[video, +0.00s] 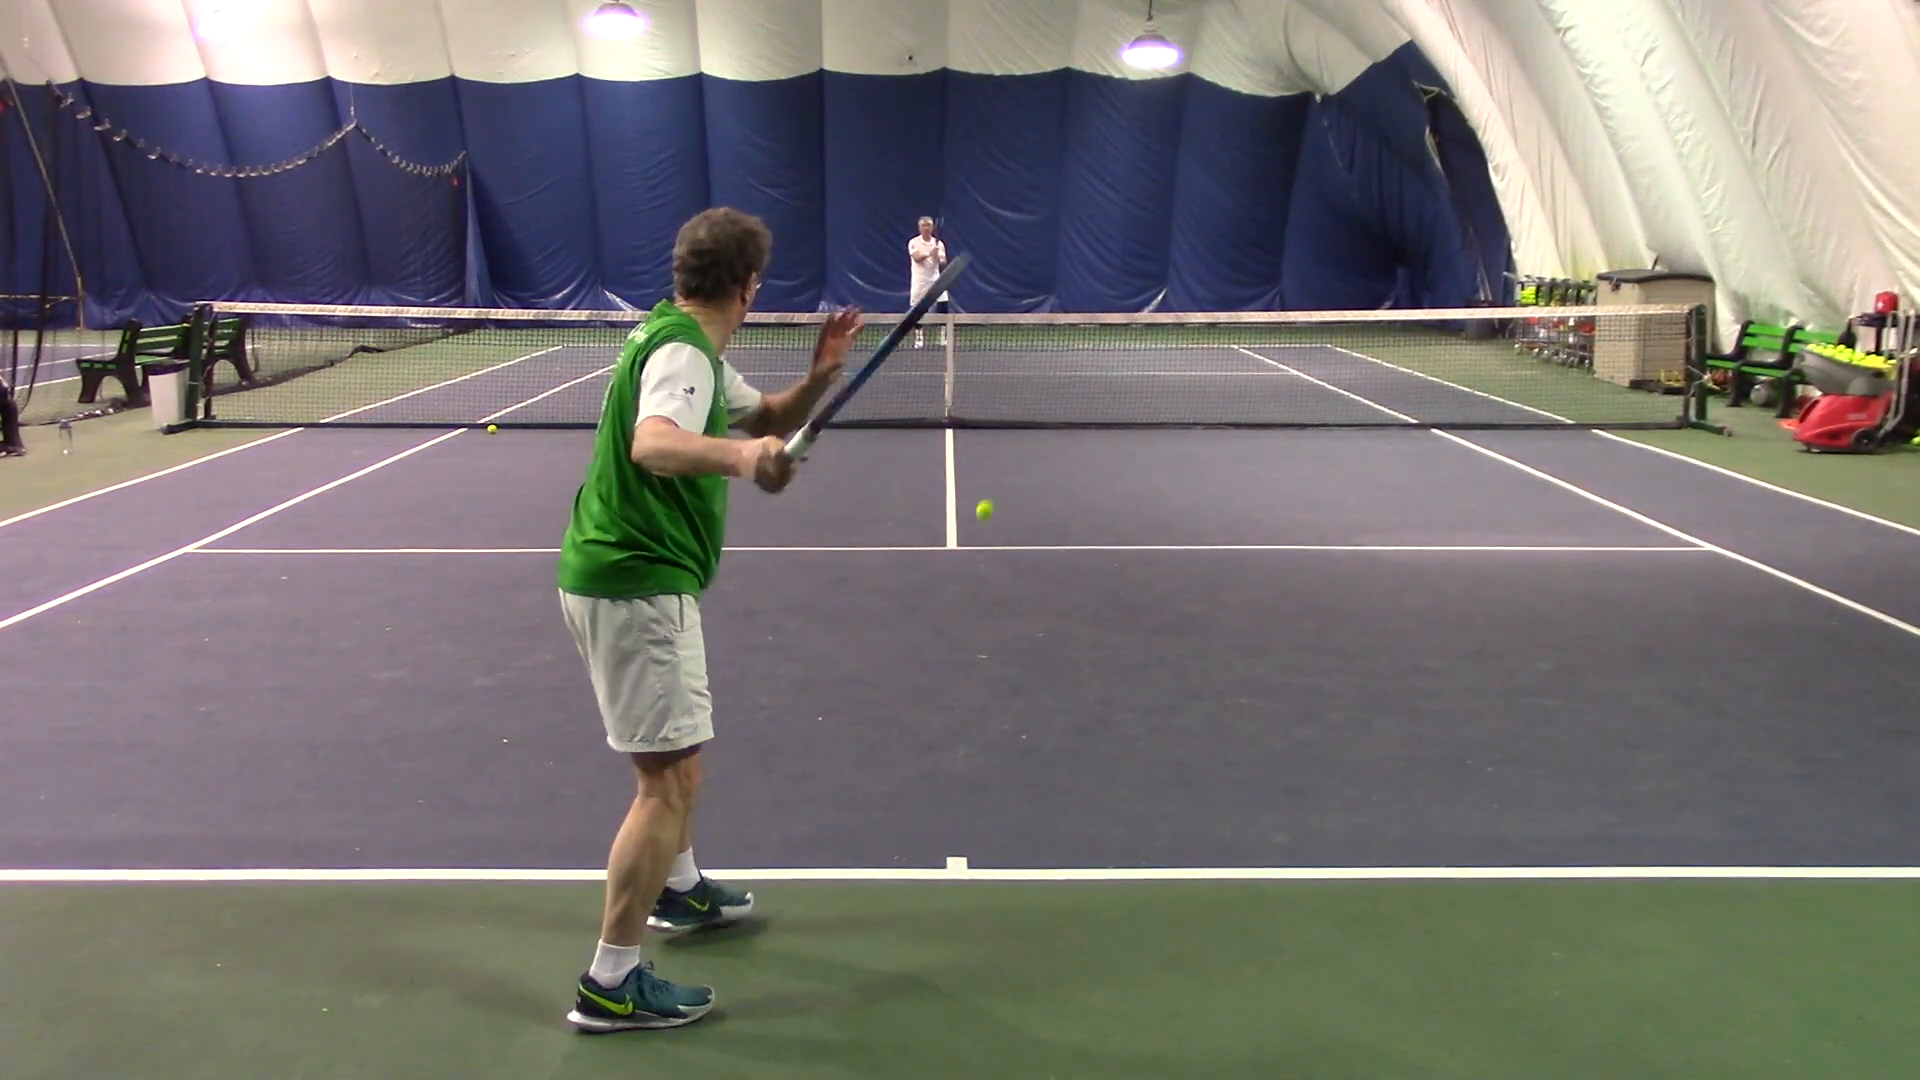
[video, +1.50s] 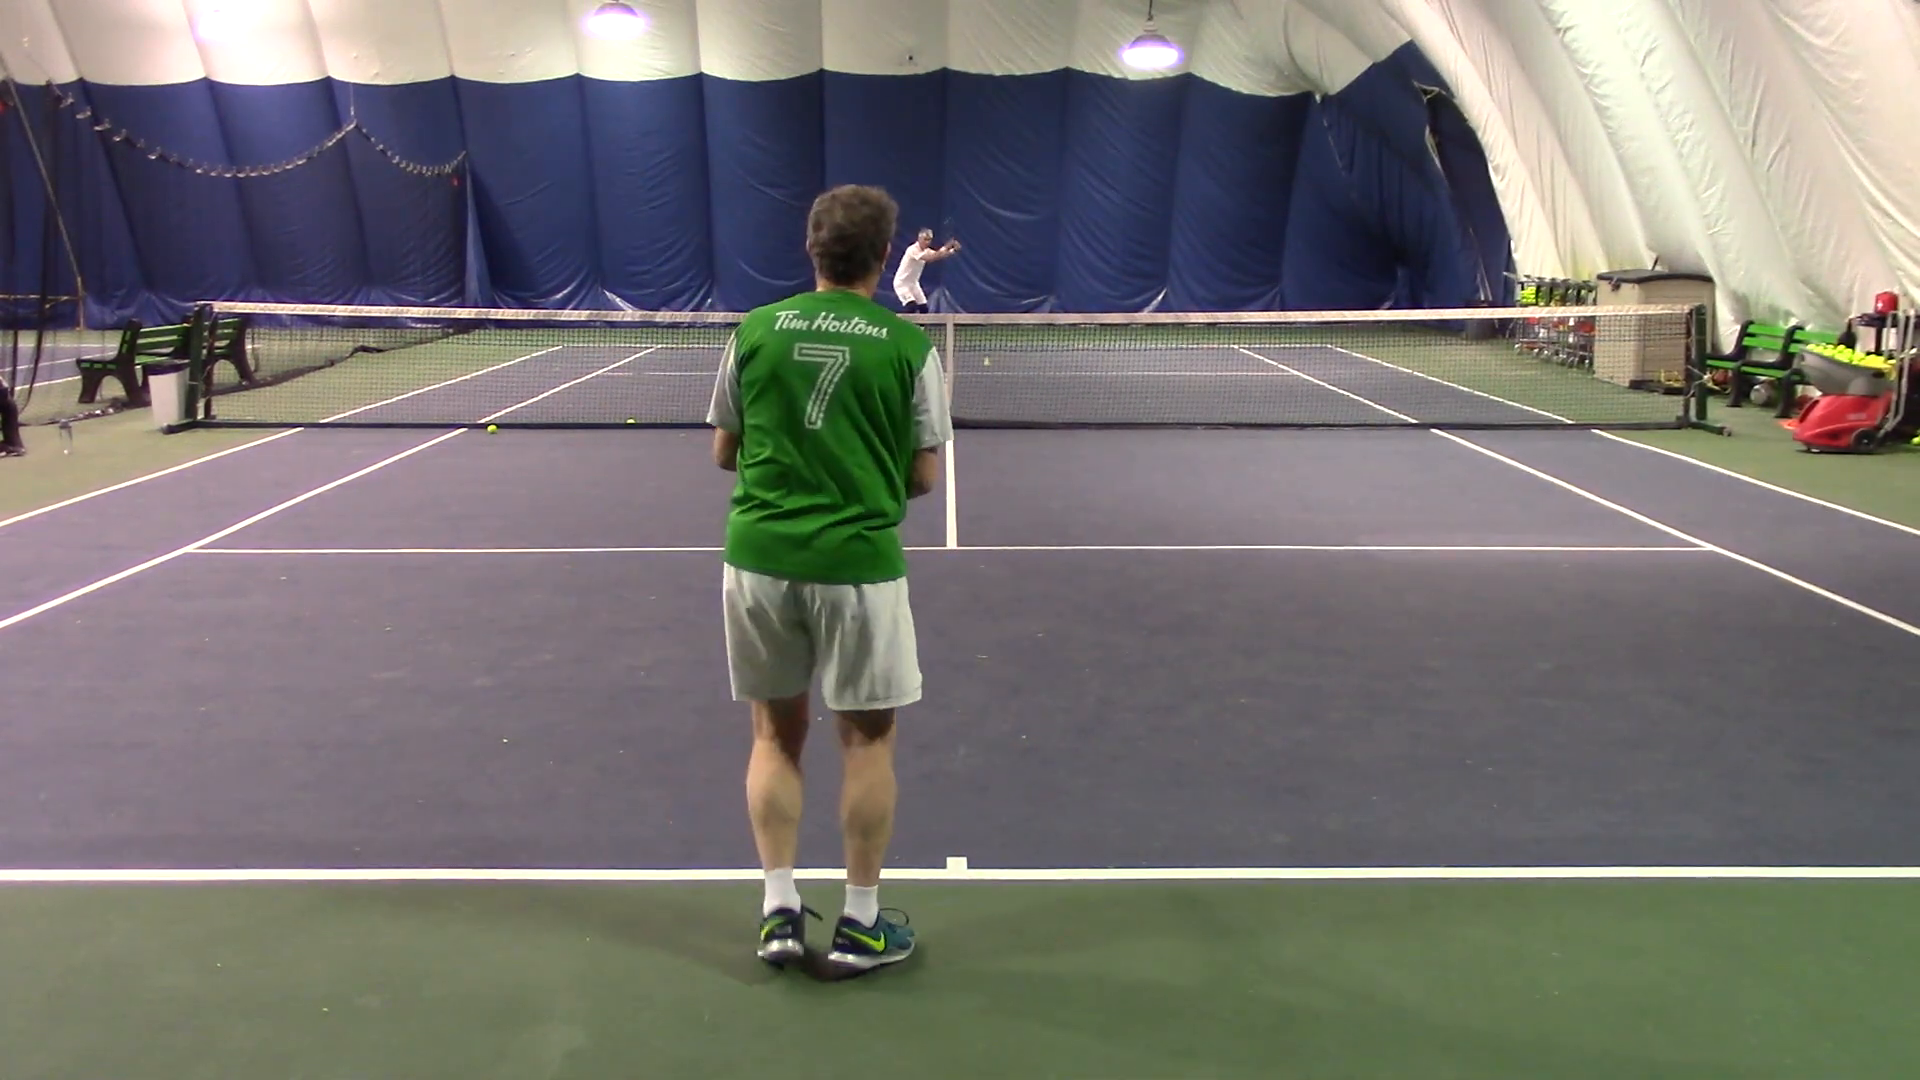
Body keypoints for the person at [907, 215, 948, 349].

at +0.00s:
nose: (926, 229)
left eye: (928, 225)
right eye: (923, 226)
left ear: (932, 227)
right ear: (919, 228)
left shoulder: (938, 243)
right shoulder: (913, 242)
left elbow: (943, 261)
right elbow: (917, 257)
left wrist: (938, 255)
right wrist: (931, 252)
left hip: (935, 278)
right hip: (919, 280)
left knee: (943, 304)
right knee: (918, 309)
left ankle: (943, 334)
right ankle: (919, 337)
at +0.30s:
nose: (920, 231)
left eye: (922, 228)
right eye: (918, 228)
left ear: (926, 229)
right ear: (914, 229)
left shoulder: (932, 244)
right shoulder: (908, 244)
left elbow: (933, 256)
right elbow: (911, 256)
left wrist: (926, 248)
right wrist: (922, 248)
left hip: (929, 278)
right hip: (915, 278)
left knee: (927, 308)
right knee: (917, 306)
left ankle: (923, 334)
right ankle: (917, 335)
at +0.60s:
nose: (919, 228)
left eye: (921, 225)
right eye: (916, 225)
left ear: (925, 227)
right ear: (912, 227)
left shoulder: (930, 244)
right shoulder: (905, 241)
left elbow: (930, 261)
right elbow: (907, 257)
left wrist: (922, 260)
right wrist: (922, 257)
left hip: (922, 276)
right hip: (907, 276)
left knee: (921, 306)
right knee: (907, 305)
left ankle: (920, 335)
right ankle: (908, 334)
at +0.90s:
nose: (911, 233)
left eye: (914, 230)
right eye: (909, 230)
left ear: (917, 232)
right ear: (904, 232)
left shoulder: (920, 247)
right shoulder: (897, 246)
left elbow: (924, 261)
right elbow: (900, 265)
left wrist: (923, 269)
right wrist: (914, 265)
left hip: (913, 281)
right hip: (898, 282)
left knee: (922, 307)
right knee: (889, 309)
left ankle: (919, 336)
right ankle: (880, 335)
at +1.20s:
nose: (915, 234)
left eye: (917, 231)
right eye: (913, 231)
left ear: (920, 234)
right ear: (907, 232)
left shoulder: (920, 247)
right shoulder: (900, 246)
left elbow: (923, 262)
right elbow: (902, 263)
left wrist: (925, 271)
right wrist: (918, 270)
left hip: (912, 281)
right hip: (898, 281)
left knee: (923, 304)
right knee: (892, 309)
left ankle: (919, 334)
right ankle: (882, 330)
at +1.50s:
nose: (927, 243)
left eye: (929, 240)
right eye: (925, 240)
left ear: (930, 241)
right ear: (919, 239)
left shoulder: (926, 251)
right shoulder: (912, 250)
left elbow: (937, 255)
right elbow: (927, 257)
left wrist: (951, 251)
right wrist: (946, 247)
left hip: (914, 282)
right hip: (902, 282)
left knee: (923, 307)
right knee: (911, 304)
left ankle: (921, 329)